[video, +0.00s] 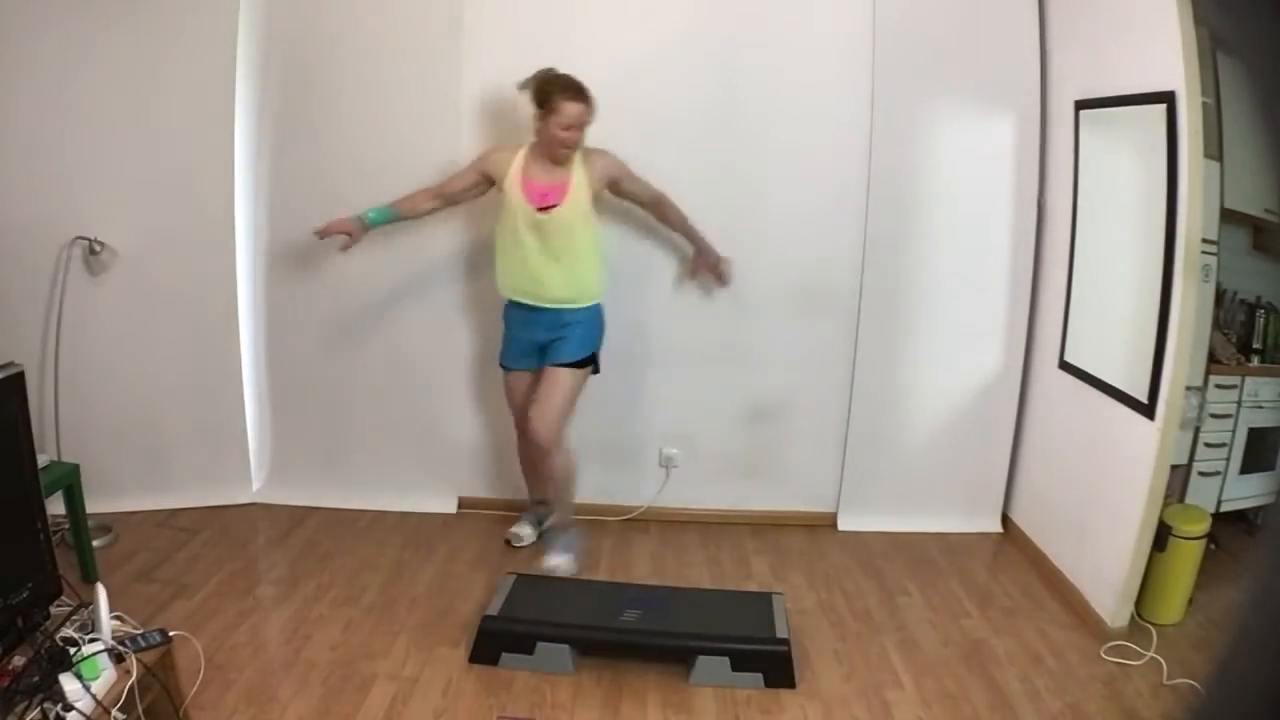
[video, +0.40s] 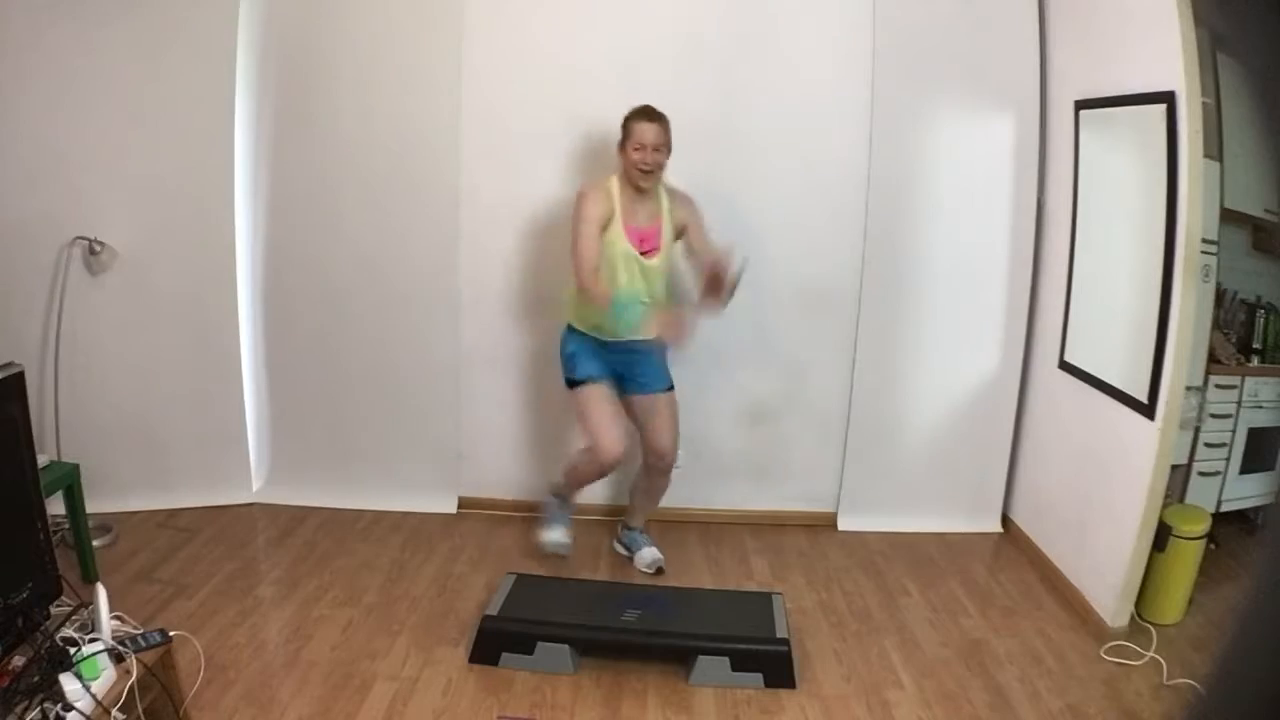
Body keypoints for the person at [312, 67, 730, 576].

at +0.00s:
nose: (573, 138)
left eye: (580, 128)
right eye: (565, 127)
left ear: (587, 125)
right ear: (538, 120)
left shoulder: (597, 168)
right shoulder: (503, 162)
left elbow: (654, 202)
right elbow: (438, 197)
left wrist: (702, 246)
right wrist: (364, 220)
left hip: (578, 316)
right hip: (522, 313)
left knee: (542, 428)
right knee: (525, 428)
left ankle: (564, 534)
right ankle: (539, 509)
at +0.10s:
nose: (602, 141)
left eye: (607, 132)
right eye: (594, 131)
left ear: (610, 130)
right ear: (564, 125)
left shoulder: (616, 175)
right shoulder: (521, 168)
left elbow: (663, 209)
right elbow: (460, 208)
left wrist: (702, 252)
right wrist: (391, 243)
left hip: (593, 320)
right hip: (533, 318)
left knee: (590, 438)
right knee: (531, 430)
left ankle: (608, 521)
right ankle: (530, 506)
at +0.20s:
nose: (624, 151)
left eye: (631, 142)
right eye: (616, 140)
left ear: (634, 141)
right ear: (586, 134)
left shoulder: (636, 186)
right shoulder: (541, 185)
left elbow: (663, 240)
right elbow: (492, 240)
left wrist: (689, 296)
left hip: (614, 332)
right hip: (553, 331)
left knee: (629, 449)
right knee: (539, 442)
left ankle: (629, 528)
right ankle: (527, 506)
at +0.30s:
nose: (640, 156)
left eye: (649, 147)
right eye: (630, 146)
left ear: (656, 150)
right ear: (607, 145)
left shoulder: (662, 204)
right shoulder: (571, 199)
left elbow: (674, 276)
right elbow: (549, 273)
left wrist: (681, 343)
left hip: (635, 344)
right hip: (574, 341)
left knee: (653, 451)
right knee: (565, 460)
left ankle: (632, 531)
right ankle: (526, 502)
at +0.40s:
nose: (649, 158)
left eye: (658, 149)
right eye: (639, 148)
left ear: (669, 153)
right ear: (621, 149)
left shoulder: (679, 207)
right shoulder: (596, 199)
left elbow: (711, 282)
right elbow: (588, 283)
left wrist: (719, 283)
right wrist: (651, 318)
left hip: (644, 344)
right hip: (588, 340)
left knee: (662, 454)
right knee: (610, 449)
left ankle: (633, 531)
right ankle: (559, 500)